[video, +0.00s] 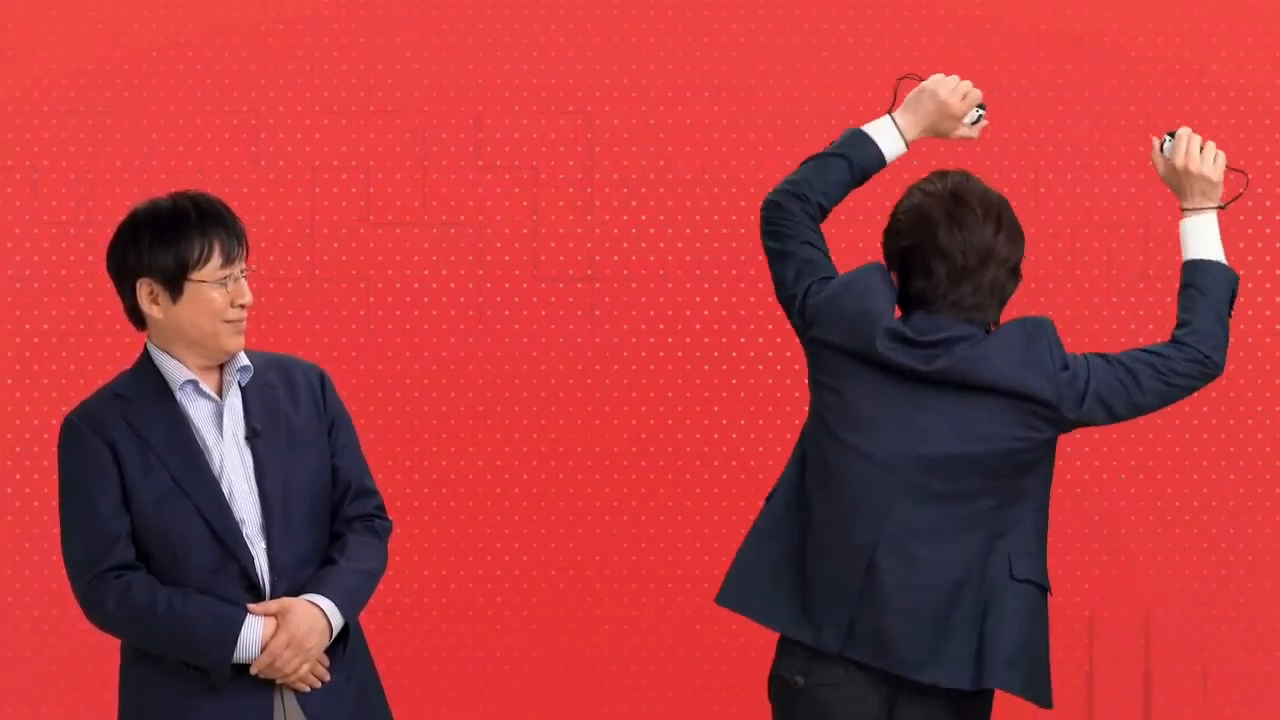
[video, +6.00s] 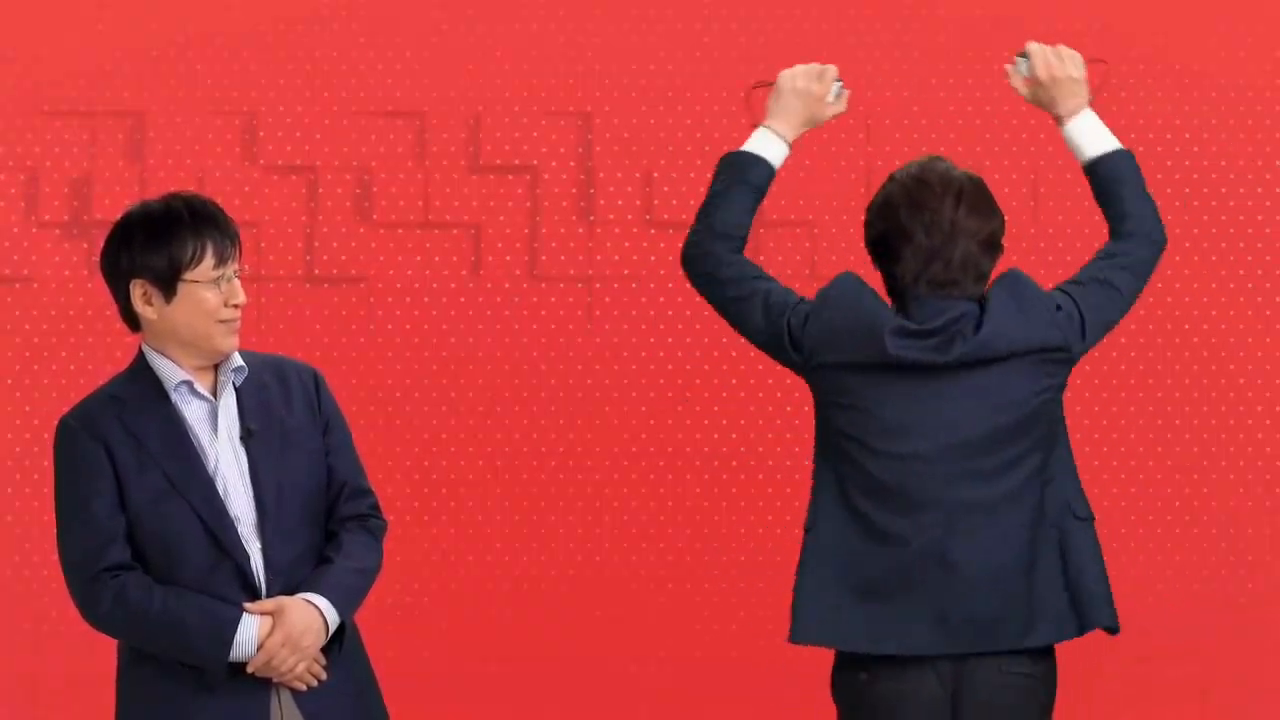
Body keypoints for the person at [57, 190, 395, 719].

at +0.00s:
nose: (245, 297)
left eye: (242, 277)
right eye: (222, 282)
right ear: (153, 299)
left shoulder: (307, 389)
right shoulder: (97, 431)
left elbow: (366, 524)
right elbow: (107, 589)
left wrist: (324, 613)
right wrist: (252, 638)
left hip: (337, 700)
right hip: (194, 708)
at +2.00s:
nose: (233, 298)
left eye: (232, 278)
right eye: (210, 283)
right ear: (143, 300)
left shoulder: (297, 389)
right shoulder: (89, 433)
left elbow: (358, 522)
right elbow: (101, 591)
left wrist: (318, 611)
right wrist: (248, 638)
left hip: (331, 700)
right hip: (190, 708)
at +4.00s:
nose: (238, 298)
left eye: (236, 278)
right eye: (215, 283)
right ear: (147, 301)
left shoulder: (301, 389)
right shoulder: (91, 434)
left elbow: (361, 526)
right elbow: (103, 591)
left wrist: (320, 613)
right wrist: (252, 640)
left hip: (334, 701)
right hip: (192, 708)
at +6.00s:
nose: (238, 298)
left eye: (236, 278)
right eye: (213, 282)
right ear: (147, 300)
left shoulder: (300, 389)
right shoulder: (92, 433)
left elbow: (361, 523)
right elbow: (104, 590)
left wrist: (319, 611)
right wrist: (251, 638)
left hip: (333, 700)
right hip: (192, 708)